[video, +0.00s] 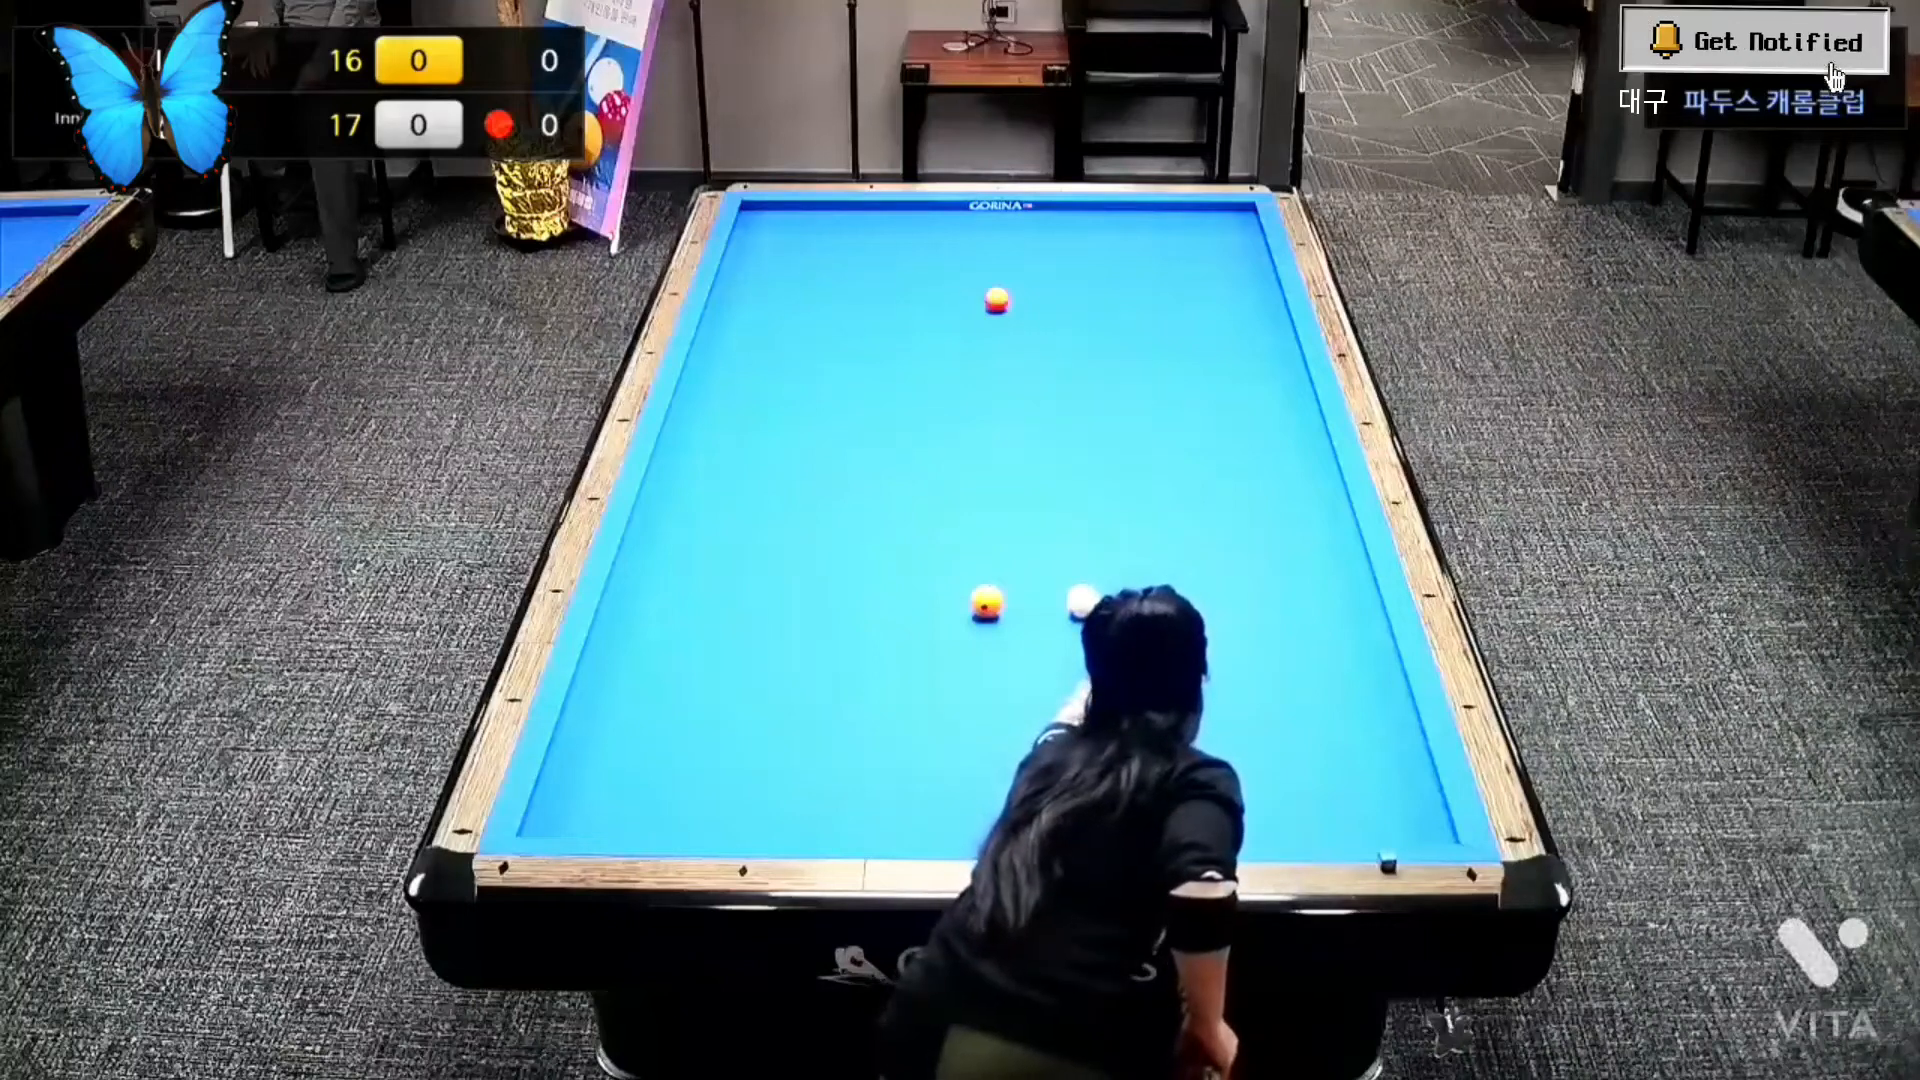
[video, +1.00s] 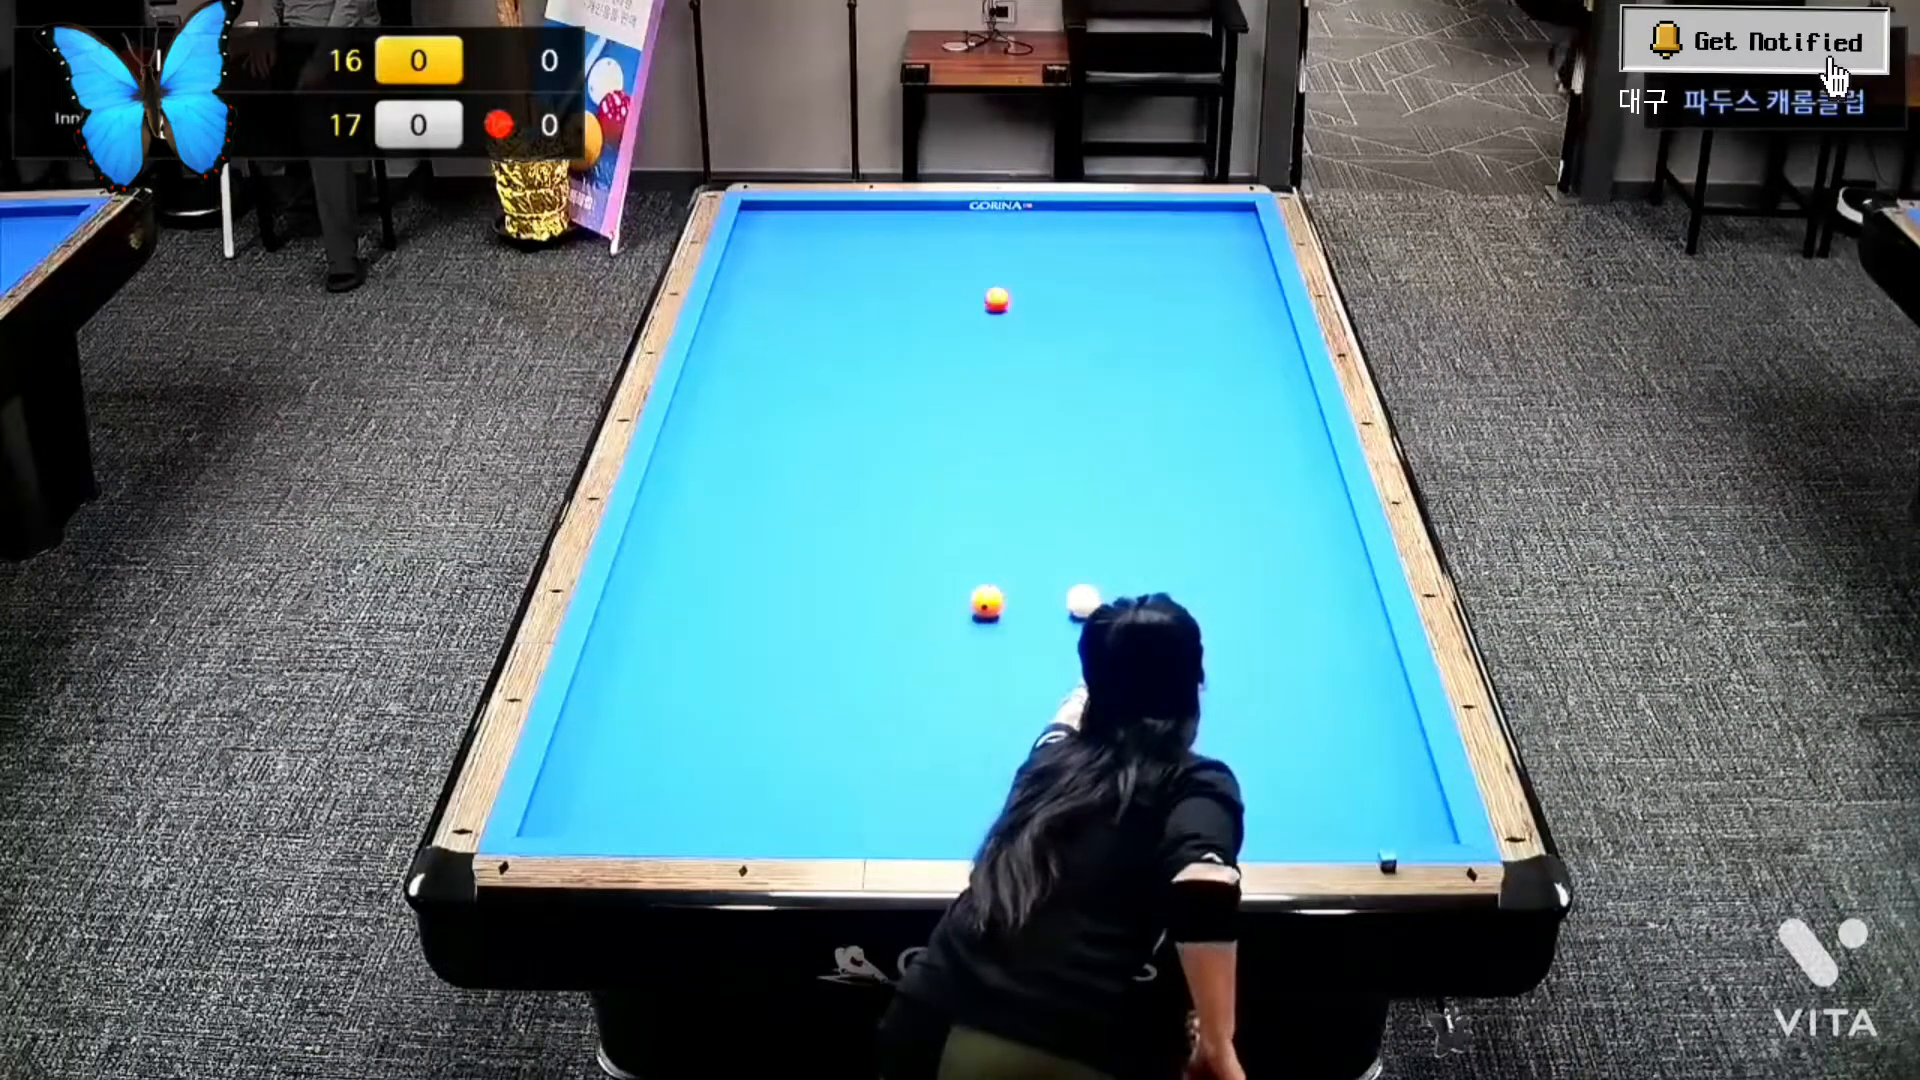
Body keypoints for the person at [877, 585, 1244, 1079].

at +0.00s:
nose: (1207, 673)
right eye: (1202, 662)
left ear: (1099, 676)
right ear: (1196, 676)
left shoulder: (1053, 754)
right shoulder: (1199, 777)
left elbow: (1072, 714)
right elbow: (1200, 893)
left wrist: (1104, 663)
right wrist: (1207, 1024)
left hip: (968, 1034)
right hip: (1089, 1050)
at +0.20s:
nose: (1206, 680)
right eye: (1202, 670)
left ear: (1099, 681)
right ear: (1196, 682)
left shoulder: (1052, 757)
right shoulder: (1199, 779)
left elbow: (1072, 715)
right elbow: (1201, 894)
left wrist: (1102, 669)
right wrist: (1208, 1024)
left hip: (963, 1032)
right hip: (1084, 1050)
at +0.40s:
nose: (1206, 681)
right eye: (1201, 671)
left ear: (1097, 683)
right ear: (1195, 683)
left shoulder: (1053, 756)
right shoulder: (1198, 780)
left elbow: (1072, 713)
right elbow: (1200, 894)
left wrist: (1099, 675)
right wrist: (1208, 1023)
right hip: (1072, 1049)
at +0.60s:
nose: (1205, 680)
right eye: (1200, 670)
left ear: (1096, 684)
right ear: (1193, 684)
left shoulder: (1052, 757)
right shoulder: (1198, 781)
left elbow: (1072, 713)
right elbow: (1200, 893)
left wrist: (1097, 674)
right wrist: (1208, 1023)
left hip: (957, 1029)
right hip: (1078, 1049)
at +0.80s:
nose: (1205, 679)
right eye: (1200, 669)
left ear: (1096, 684)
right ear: (1192, 683)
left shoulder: (1052, 756)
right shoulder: (1199, 780)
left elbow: (1071, 714)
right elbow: (1202, 892)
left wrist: (1096, 675)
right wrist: (1211, 1037)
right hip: (1077, 1048)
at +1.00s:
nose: (1204, 679)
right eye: (1200, 670)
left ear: (1096, 685)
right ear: (1192, 682)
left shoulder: (1053, 756)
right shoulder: (1199, 778)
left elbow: (1073, 711)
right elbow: (1202, 890)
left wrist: (1099, 672)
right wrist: (1216, 1042)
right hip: (1074, 1047)